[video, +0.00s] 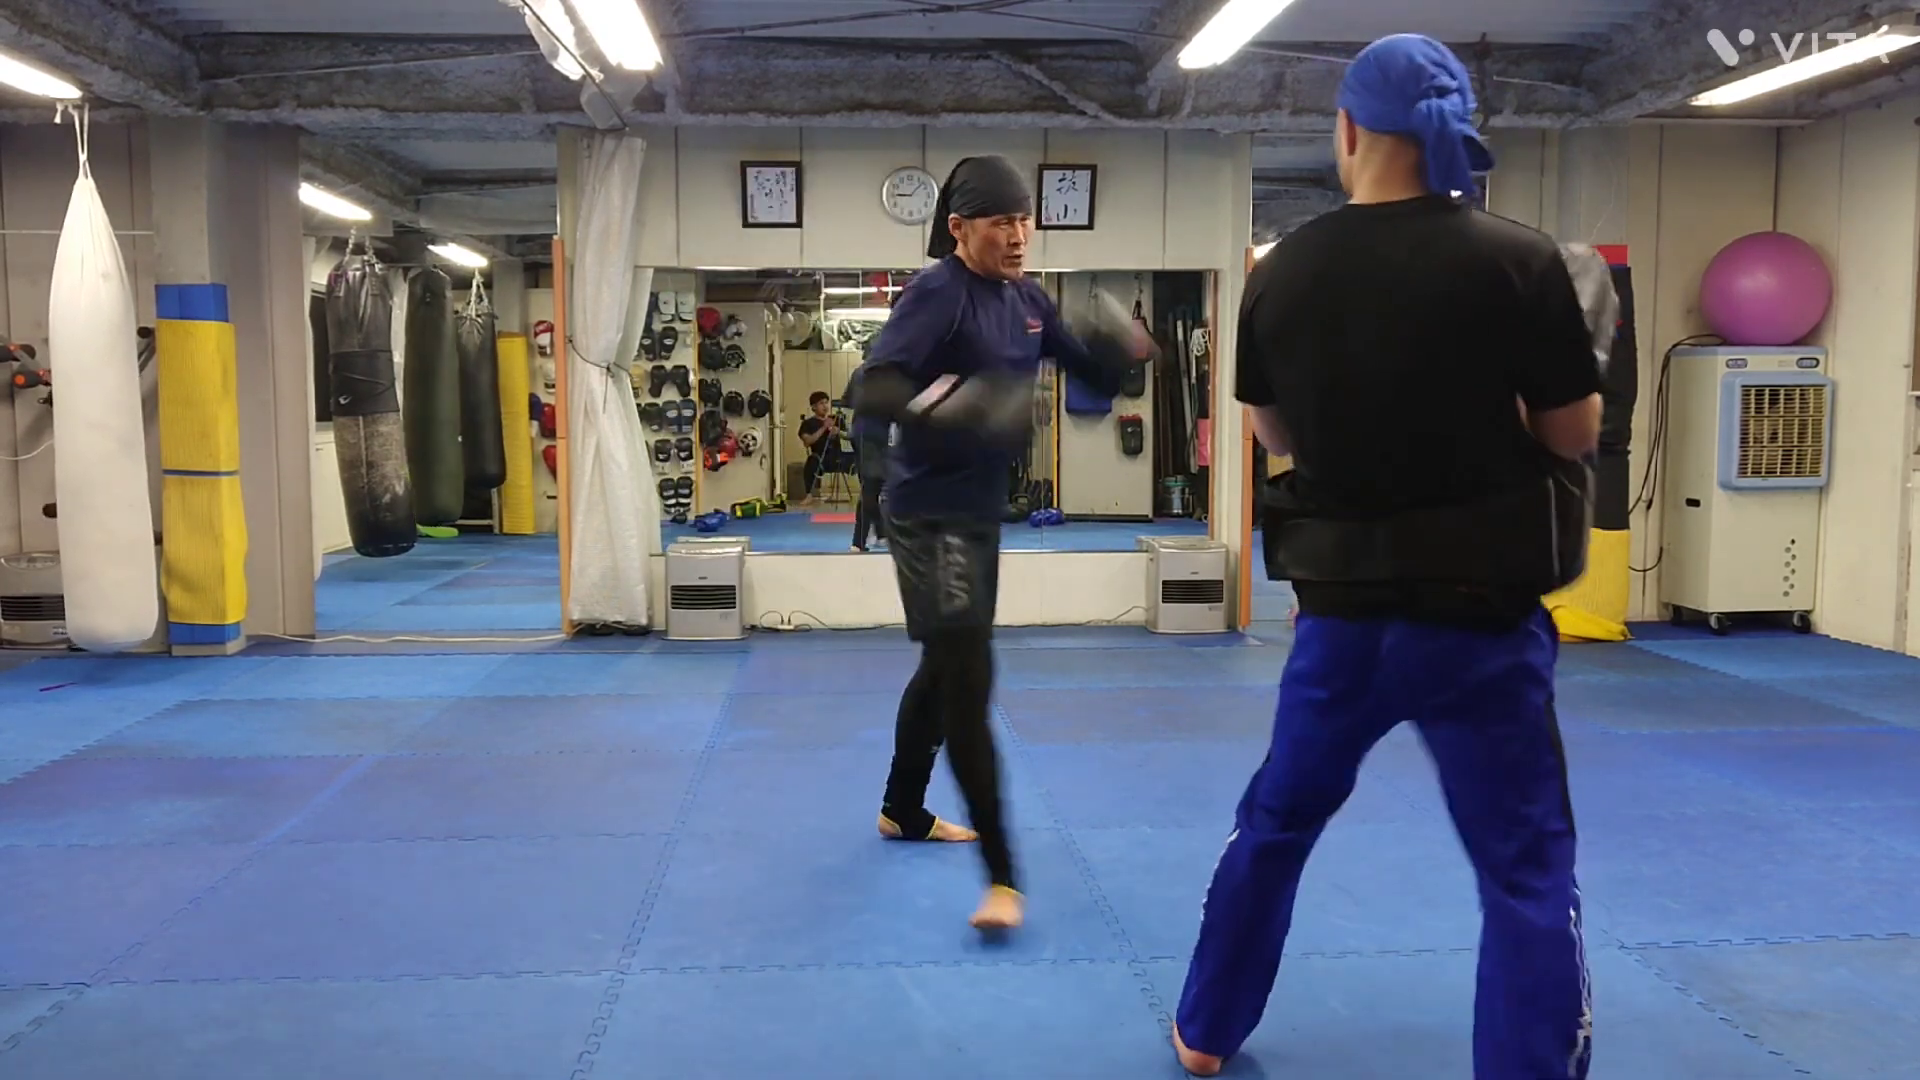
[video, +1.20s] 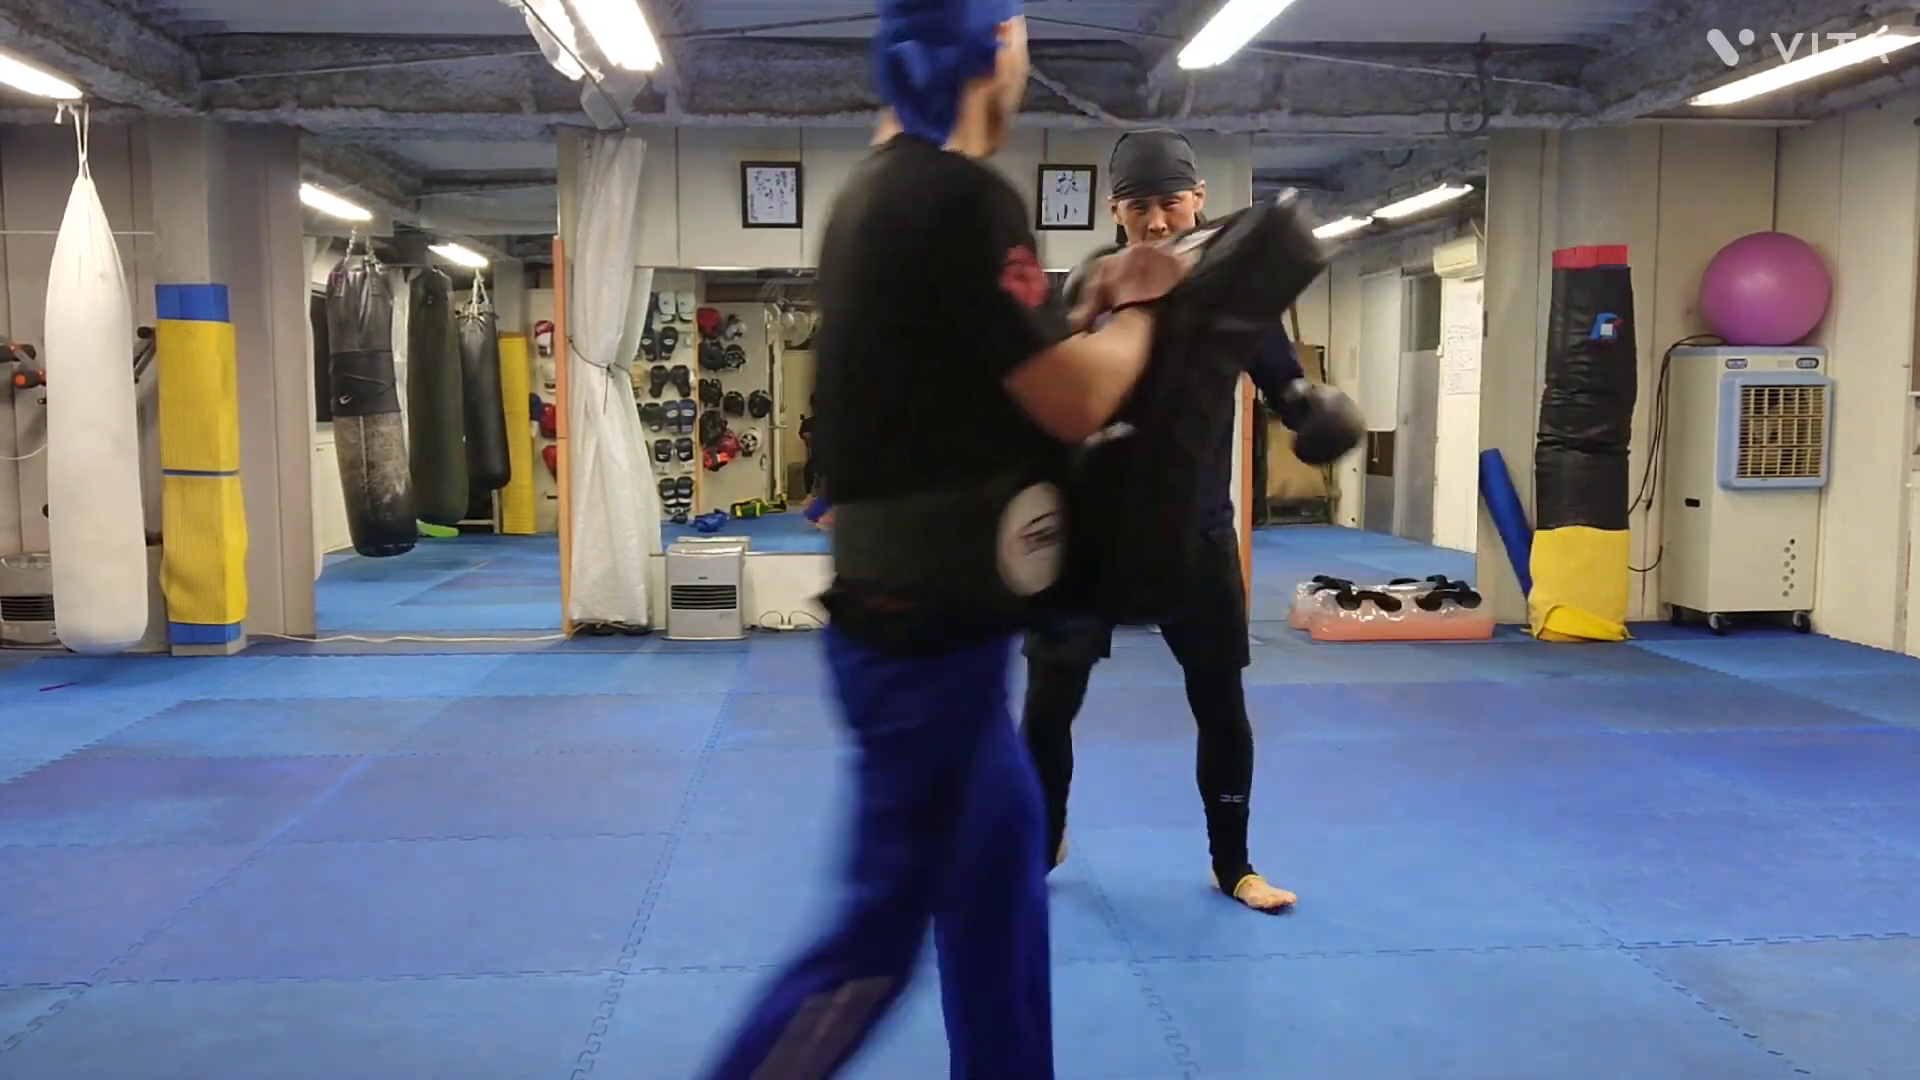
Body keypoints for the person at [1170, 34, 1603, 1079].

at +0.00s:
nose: (1336, 144)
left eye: (1338, 128)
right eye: (1342, 128)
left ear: (1352, 136)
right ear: (1453, 138)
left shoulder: (1280, 272)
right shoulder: (1520, 263)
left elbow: (1277, 435)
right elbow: (1574, 433)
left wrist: (1380, 420)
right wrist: (1490, 397)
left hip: (1340, 619)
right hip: (1483, 621)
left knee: (1275, 823)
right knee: (1528, 877)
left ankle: (1204, 1035)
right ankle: (1536, 1069)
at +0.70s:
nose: (1168, 116)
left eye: (1171, 101)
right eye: (1184, 101)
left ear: (1186, 113)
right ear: (1290, 109)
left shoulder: (1156, 264)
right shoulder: (1335, 251)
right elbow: (1464, 411)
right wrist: (1448, 290)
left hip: (1229, 640)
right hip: (1361, 646)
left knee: (1196, 835)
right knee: (1489, 885)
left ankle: (1048, 1043)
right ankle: (1527, 1069)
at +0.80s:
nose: (1228, 132)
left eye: (1225, 116)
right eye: (1225, 113)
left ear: (1110, 121)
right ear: (1214, 120)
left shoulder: (1086, 262)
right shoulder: (1216, 254)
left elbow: (1166, 421)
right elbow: (1334, 434)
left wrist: (1300, 336)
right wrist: (1374, 331)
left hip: (1138, 651)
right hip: (1258, 657)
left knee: (1132, 880)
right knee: (1420, 907)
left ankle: (1015, 1069)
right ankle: (1498, 1069)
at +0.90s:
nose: (1158, 81)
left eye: (1151, 59)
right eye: (1152, 61)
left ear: (1035, 87)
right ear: (1137, 80)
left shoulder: (1014, 230)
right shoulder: (1104, 229)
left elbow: (1103, 398)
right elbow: (1211, 408)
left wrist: (1252, 327)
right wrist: (1290, 334)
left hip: (1041, 634)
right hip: (1141, 638)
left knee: (1090, 870)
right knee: (1301, 877)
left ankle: (1024, 1070)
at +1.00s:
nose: (1123, 62)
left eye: (1117, 44)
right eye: (1117, 44)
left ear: (1003, 70)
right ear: (1096, 60)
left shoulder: (979, 206)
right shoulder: (1060, 203)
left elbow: (1068, 380)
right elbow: (1170, 396)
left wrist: (1217, 320)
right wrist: (1245, 334)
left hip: (998, 617)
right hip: (1090, 623)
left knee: (1061, 877)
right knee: (1230, 878)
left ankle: (1018, 1072)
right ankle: (1162, 1063)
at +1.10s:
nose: (1072, 49)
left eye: (1066, 32)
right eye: (1065, 32)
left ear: (955, 59)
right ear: (1041, 48)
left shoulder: (927, 191)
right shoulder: (1009, 191)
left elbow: (1017, 377)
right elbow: (1126, 384)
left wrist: (1150, 307)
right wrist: (1192, 306)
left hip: (946, 607)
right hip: (1011, 618)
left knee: (1011, 904)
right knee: (1063, 923)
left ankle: (1017, 1069)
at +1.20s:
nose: (1025, 51)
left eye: (1018, 34)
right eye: (1017, 34)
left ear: (911, 63)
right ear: (992, 54)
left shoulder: (880, 192)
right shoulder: (961, 195)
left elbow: (953, 381)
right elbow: (1073, 401)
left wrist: (1084, 313)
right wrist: (1137, 316)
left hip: (899, 607)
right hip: (935, 618)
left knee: (1004, 862)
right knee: (879, 936)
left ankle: (1008, 1072)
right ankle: (744, 1077)